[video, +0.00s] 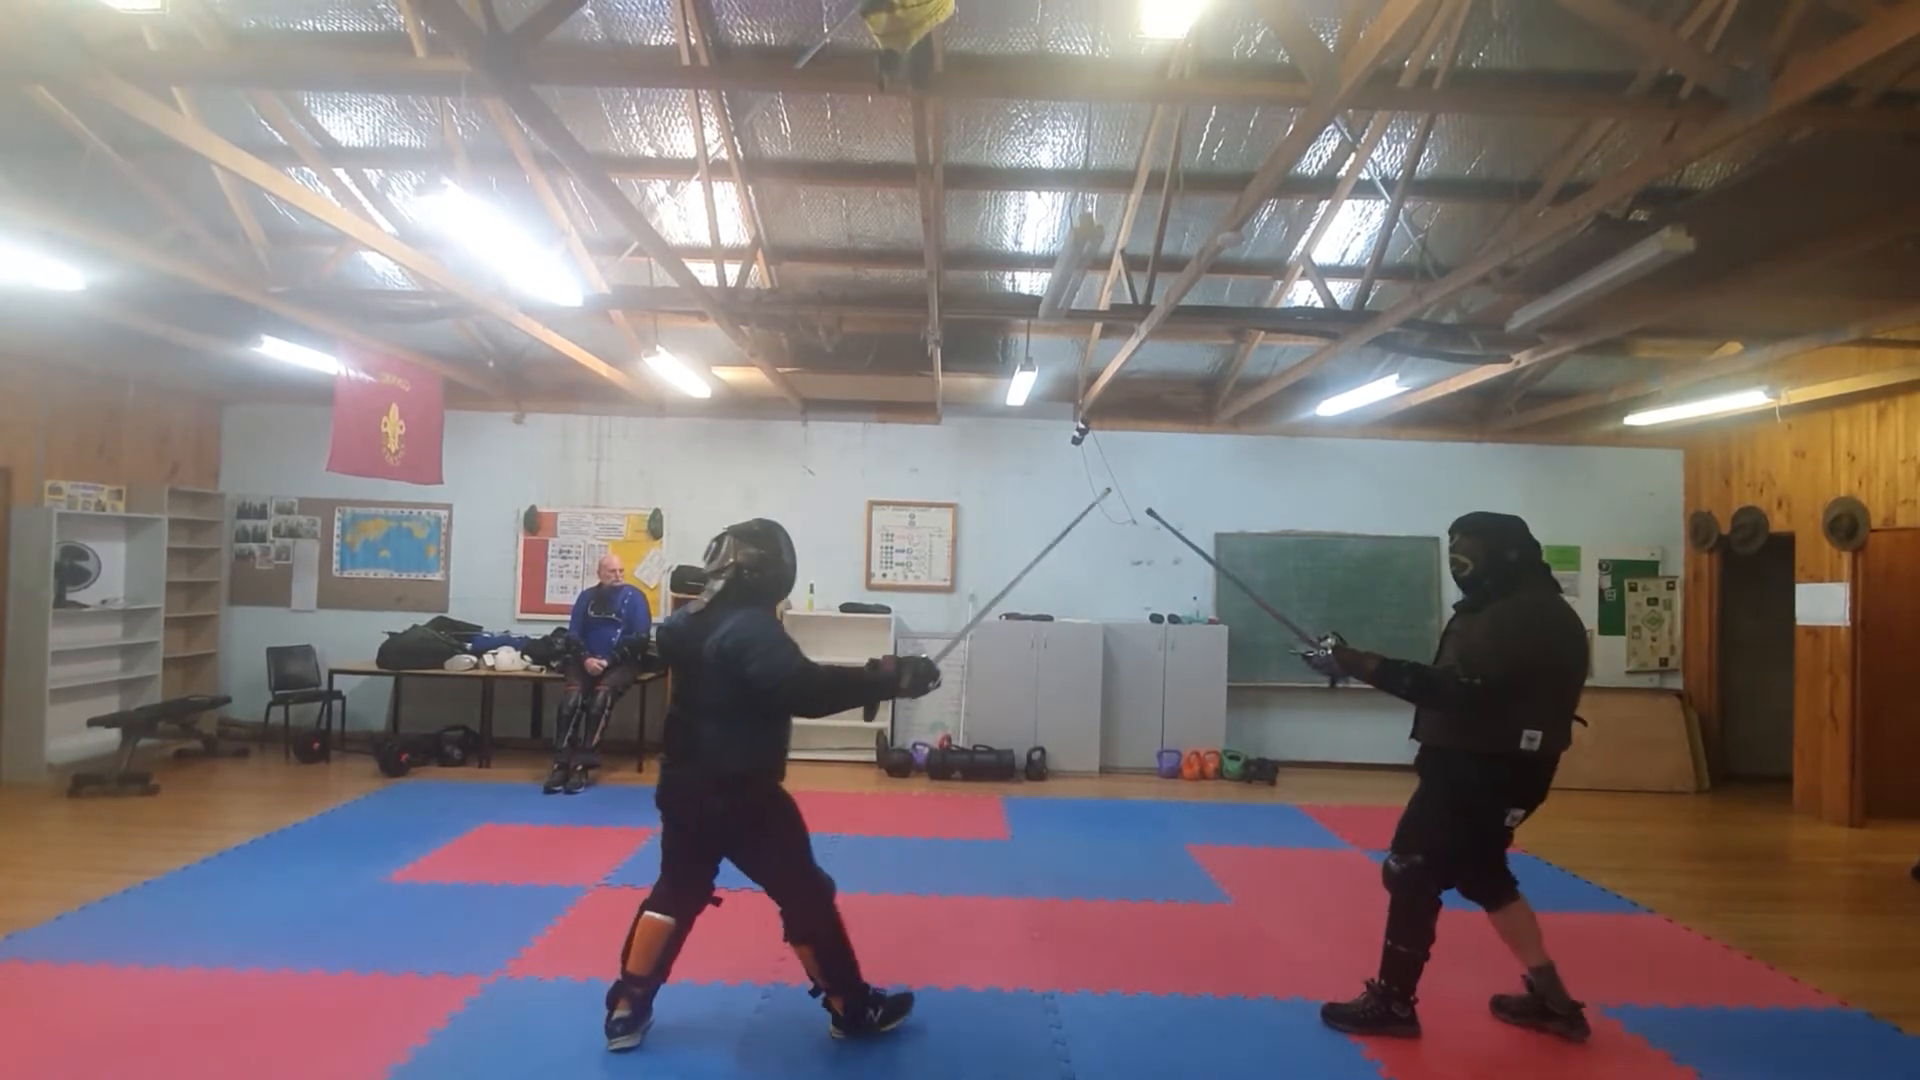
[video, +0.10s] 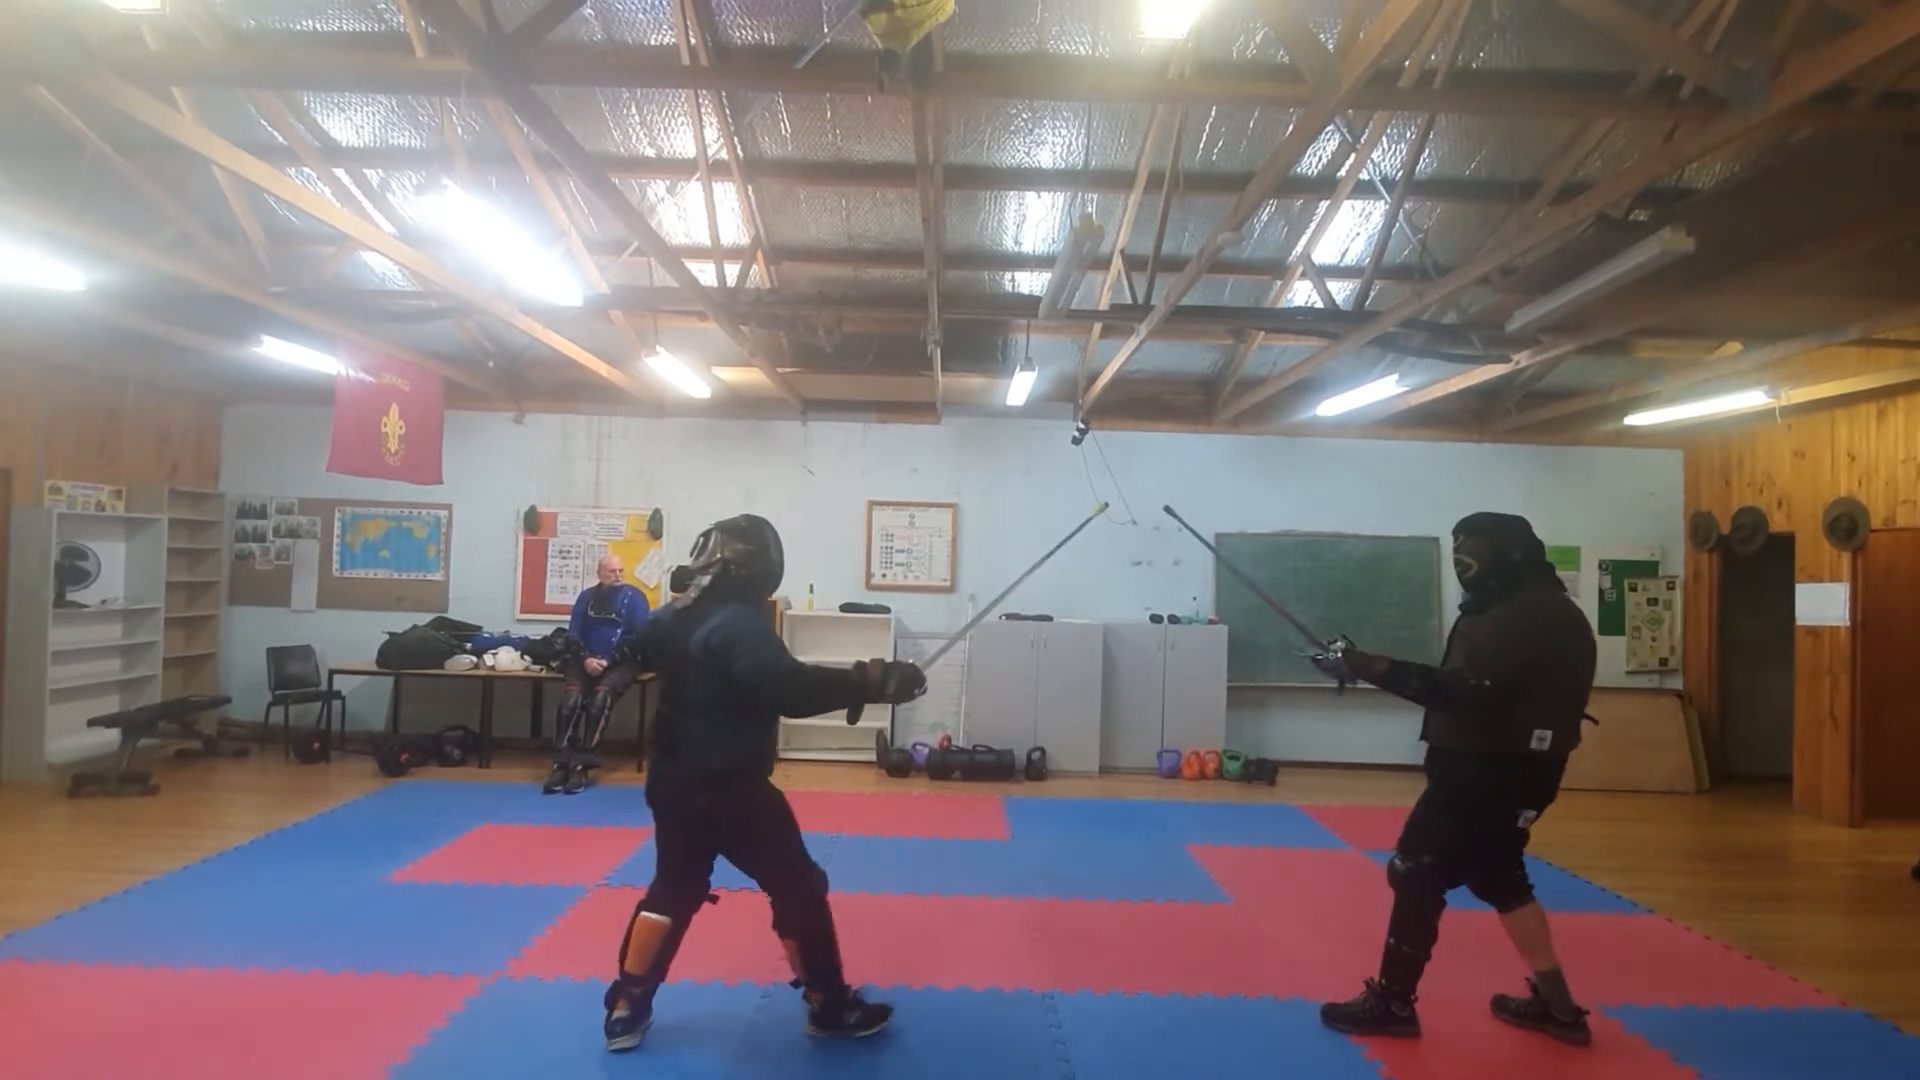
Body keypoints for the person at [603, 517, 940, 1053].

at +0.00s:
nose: (787, 586)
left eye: (784, 576)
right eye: (785, 575)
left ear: (722, 567)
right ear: (772, 575)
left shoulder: (692, 623)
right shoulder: (754, 628)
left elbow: (649, 644)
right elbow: (794, 686)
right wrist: (883, 677)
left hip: (685, 794)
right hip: (747, 798)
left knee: (676, 891)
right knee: (806, 895)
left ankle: (626, 1010)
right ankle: (851, 1008)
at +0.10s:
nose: (773, 582)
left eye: (770, 571)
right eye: (770, 571)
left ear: (709, 562)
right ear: (757, 570)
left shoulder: (677, 619)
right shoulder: (741, 623)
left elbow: (633, 648)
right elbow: (781, 684)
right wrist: (866, 681)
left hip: (674, 789)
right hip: (738, 792)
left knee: (674, 889)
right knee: (799, 888)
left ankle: (627, 1007)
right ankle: (830, 1004)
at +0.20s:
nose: (769, 580)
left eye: (768, 569)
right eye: (766, 569)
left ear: (704, 558)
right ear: (752, 566)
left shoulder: (673, 613)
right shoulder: (737, 618)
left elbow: (631, 648)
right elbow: (774, 683)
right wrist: (863, 682)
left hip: (671, 785)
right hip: (734, 788)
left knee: (673, 887)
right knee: (796, 882)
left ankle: (626, 1009)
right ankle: (798, 1008)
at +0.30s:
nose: (768, 578)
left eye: (766, 567)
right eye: (765, 567)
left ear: (700, 557)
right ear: (751, 565)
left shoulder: (669, 614)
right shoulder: (736, 619)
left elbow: (630, 650)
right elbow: (778, 680)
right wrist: (865, 680)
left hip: (671, 786)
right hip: (736, 788)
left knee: (673, 887)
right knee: (796, 883)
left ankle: (627, 1008)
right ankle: (799, 1008)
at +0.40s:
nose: (771, 580)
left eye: (769, 569)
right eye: (768, 568)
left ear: (702, 558)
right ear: (755, 566)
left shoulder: (668, 618)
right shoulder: (740, 620)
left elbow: (633, 648)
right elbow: (784, 676)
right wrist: (873, 674)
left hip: (676, 788)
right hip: (742, 788)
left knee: (675, 887)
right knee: (801, 883)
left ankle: (628, 1007)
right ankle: (801, 1008)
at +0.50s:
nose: (774, 579)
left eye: (772, 569)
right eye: (771, 568)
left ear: (706, 558)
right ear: (759, 567)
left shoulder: (670, 619)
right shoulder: (747, 622)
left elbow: (633, 648)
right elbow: (790, 673)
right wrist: (878, 671)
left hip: (682, 788)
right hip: (749, 789)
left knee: (677, 886)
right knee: (805, 882)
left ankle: (628, 1007)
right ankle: (801, 1008)